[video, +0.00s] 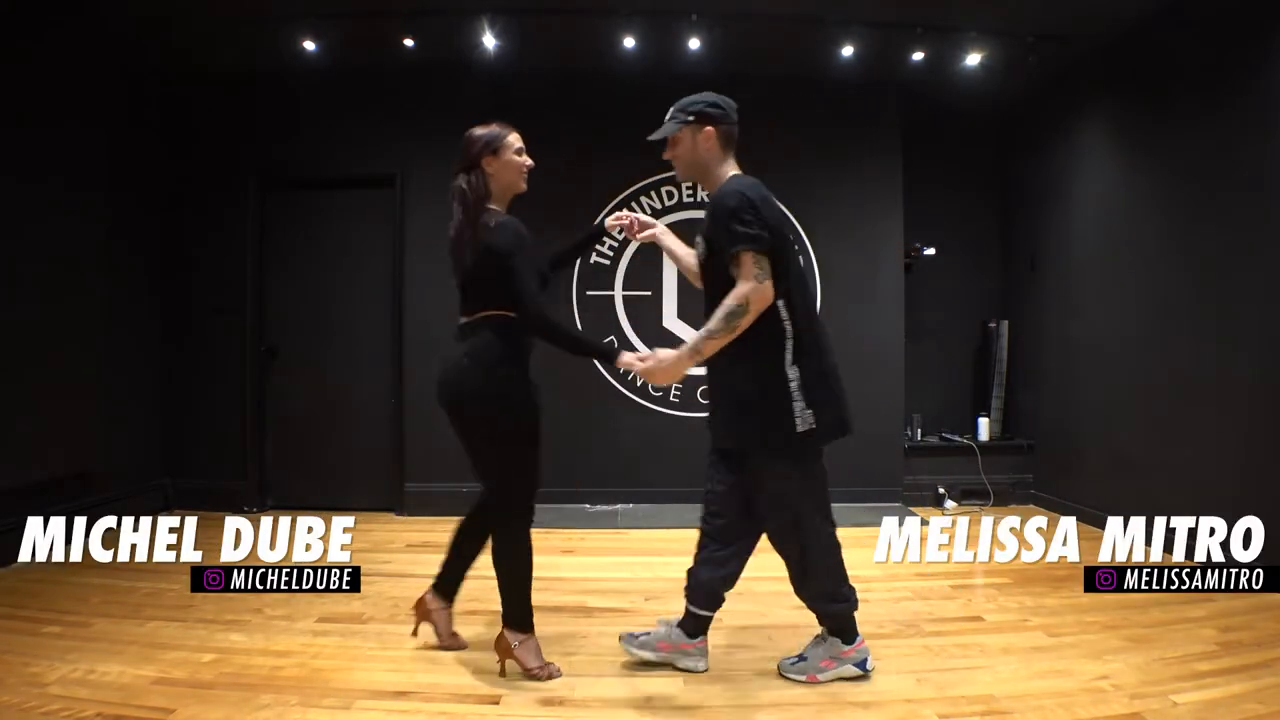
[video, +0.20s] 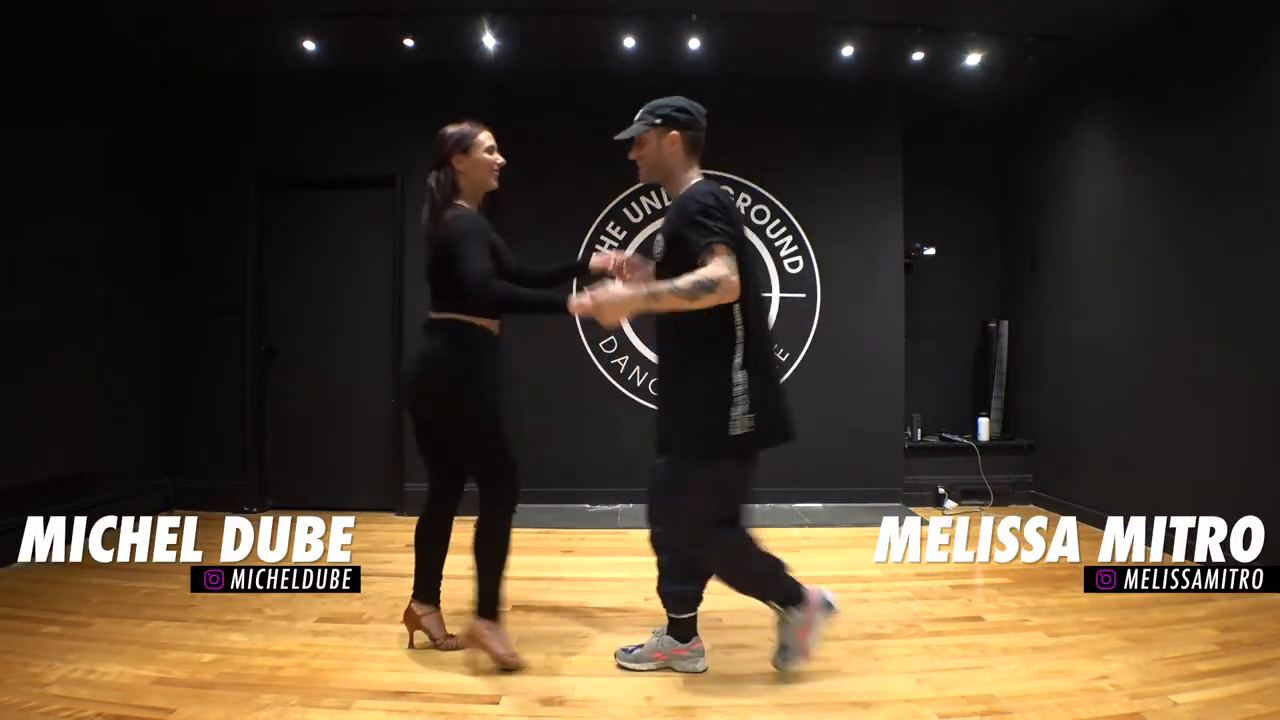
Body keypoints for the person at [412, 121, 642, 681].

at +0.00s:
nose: (529, 161)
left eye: (526, 152)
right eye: (518, 153)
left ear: (490, 168)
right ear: (486, 165)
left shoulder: (471, 228)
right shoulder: (506, 231)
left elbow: (536, 274)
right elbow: (533, 316)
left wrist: (593, 232)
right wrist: (605, 352)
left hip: (468, 364)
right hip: (499, 367)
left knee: (498, 490)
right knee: (515, 497)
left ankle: (439, 597)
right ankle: (518, 632)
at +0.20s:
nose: (501, 159)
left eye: (498, 151)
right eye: (489, 151)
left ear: (468, 164)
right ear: (457, 162)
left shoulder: (470, 221)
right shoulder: (462, 221)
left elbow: (518, 275)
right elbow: (482, 291)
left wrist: (588, 266)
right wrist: (567, 304)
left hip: (442, 359)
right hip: (461, 361)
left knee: (447, 483)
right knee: (500, 482)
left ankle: (424, 603)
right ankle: (487, 619)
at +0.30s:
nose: (478, 166)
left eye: (477, 157)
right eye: (468, 156)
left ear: (452, 168)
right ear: (436, 166)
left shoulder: (459, 230)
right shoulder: (422, 226)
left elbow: (501, 305)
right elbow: (466, 276)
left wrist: (566, 327)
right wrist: (545, 250)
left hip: (442, 370)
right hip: (422, 371)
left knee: (466, 487)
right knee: (458, 483)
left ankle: (419, 597)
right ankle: (421, 599)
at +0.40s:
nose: (464, 167)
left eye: (464, 159)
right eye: (453, 158)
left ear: (446, 172)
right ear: (420, 168)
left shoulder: (456, 237)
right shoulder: (399, 225)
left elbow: (487, 321)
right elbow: (450, 262)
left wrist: (547, 357)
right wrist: (531, 227)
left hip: (440, 371)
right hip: (405, 370)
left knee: (442, 488)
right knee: (441, 485)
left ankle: (426, 605)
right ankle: (370, 589)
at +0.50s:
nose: (445, 165)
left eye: (445, 158)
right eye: (433, 157)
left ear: (433, 172)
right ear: (401, 167)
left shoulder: (443, 238)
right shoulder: (375, 225)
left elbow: (459, 324)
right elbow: (432, 266)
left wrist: (509, 366)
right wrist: (512, 233)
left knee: (437, 489)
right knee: (378, 496)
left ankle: (424, 605)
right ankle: (309, 582)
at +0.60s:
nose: (432, 167)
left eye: (432, 159)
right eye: (420, 158)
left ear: (420, 173)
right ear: (389, 167)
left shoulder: (428, 240)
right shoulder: (361, 227)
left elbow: (442, 322)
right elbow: (420, 279)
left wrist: (490, 359)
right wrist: (496, 263)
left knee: (430, 487)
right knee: (335, 488)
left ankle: (424, 605)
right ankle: (288, 601)